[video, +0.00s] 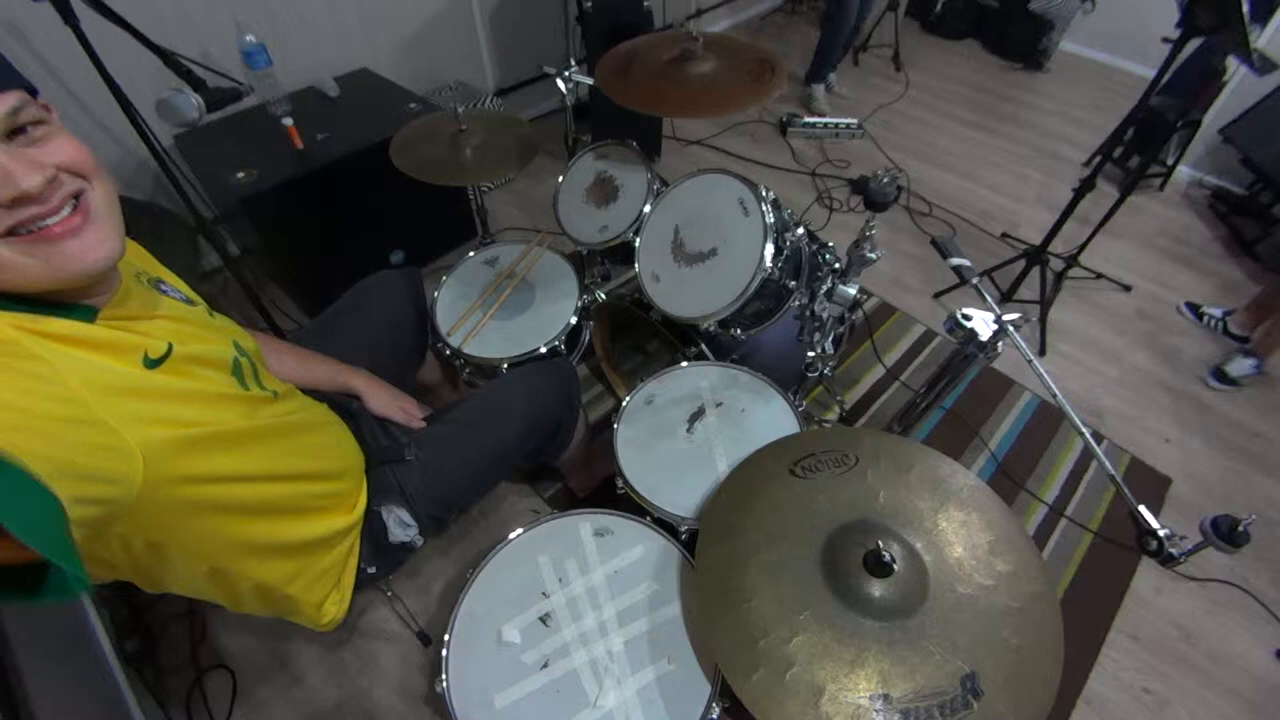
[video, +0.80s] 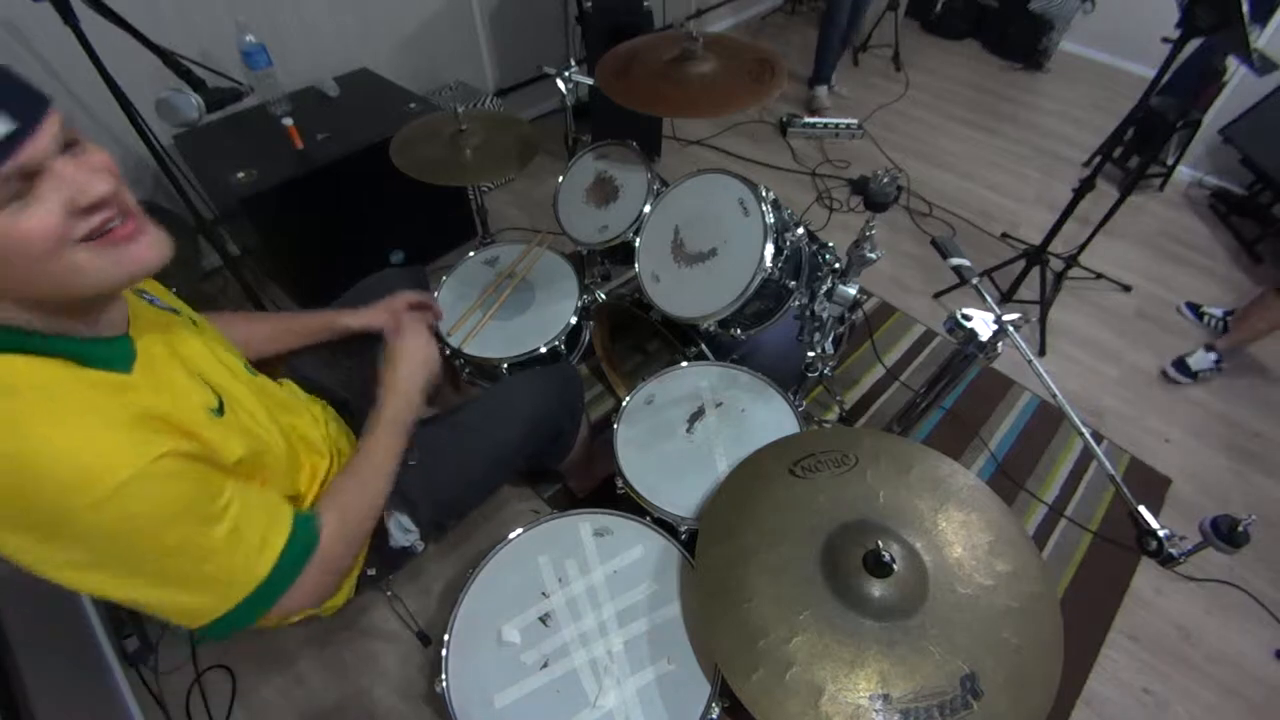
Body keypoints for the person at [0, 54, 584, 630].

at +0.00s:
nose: (29, 179)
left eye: (25, 128)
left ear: (67, 129)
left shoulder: (104, 262)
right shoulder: (37, 434)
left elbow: (227, 347)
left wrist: (357, 382)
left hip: (287, 406)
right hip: (350, 517)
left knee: (404, 290)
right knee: (550, 381)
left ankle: (413, 408)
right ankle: (575, 471)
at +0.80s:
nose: (93, 183)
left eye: (71, 144)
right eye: (23, 188)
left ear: (85, 135)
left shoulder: (84, 291)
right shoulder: (84, 473)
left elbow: (195, 338)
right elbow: (306, 578)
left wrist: (355, 320)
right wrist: (403, 397)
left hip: (276, 405)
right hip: (341, 529)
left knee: (400, 288)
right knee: (551, 385)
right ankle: (581, 475)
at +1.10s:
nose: (192, 160)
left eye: (181, 131)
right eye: (145, 155)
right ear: (28, 204)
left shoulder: (69, 259)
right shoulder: (131, 398)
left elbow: (220, 343)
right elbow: (406, 443)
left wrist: (354, 320)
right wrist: (325, 245)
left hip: (264, 414)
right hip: (334, 529)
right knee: (553, 379)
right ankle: (576, 472)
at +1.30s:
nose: (232, 152)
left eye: (222, 124)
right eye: (195, 141)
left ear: (75, 177)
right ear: (75, 176)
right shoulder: (163, 371)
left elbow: (224, 336)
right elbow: (418, 418)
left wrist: (366, 322)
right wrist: (343, 233)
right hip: (338, 528)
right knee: (556, 373)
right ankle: (577, 472)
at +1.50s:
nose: (267, 152)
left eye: (256, 127)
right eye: (235, 139)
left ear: (120, 166)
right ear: (126, 165)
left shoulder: (45, 229)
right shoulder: (189, 354)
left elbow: (228, 334)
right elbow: (412, 431)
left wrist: (374, 322)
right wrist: (372, 245)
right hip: (341, 527)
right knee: (555, 370)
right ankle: (579, 470)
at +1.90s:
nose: (309, 182)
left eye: (310, 162)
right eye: (299, 164)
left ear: (128, 138)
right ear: (225, 164)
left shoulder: (45, 217)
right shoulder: (216, 352)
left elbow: (219, 332)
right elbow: (419, 444)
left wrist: (368, 324)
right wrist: (405, 258)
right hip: (338, 528)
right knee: (555, 367)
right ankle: (581, 473)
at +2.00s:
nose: (308, 189)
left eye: (313, 165)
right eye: (303, 164)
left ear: (146, 128)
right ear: (255, 169)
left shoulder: (51, 217)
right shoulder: (198, 344)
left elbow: (224, 335)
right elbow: (440, 429)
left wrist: (376, 322)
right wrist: (375, 236)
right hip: (334, 532)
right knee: (552, 366)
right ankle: (583, 472)